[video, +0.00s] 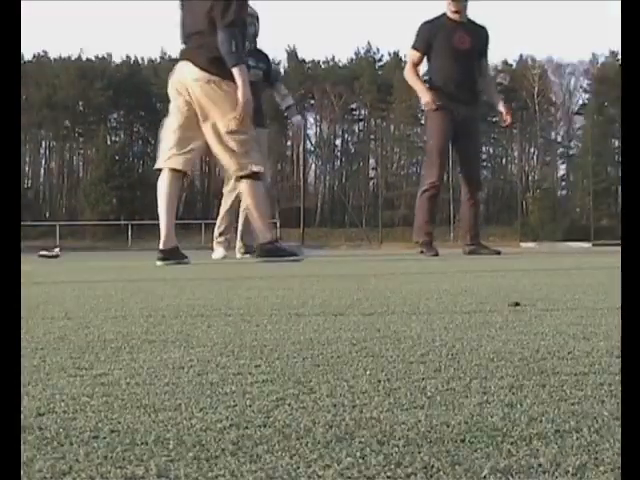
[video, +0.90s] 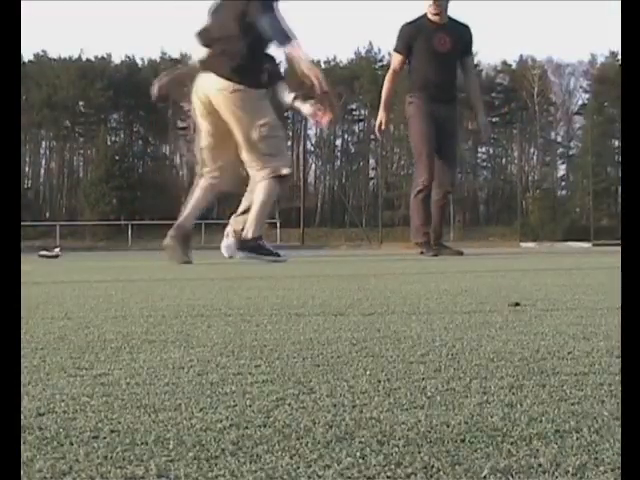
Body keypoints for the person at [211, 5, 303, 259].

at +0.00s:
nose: (250, 31)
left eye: (253, 25)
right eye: (246, 24)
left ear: (258, 28)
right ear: (235, 26)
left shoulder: (262, 59)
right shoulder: (223, 60)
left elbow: (279, 90)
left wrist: (293, 114)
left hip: (261, 127)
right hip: (231, 128)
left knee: (255, 182)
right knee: (233, 183)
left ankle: (247, 241)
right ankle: (221, 242)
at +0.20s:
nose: (247, 30)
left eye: (252, 26)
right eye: (243, 26)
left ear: (258, 30)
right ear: (236, 29)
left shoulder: (265, 57)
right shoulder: (226, 55)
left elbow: (290, 81)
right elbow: (213, 85)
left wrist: (305, 99)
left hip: (264, 128)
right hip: (239, 126)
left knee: (262, 187)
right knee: (241, 182)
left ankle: (245, 238)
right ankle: (223, 241)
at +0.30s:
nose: (248, 30)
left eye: (252, 26)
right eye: (243, 26)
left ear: (259, 30)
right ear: (237, 29)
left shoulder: (265, 56)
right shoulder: (227, 55)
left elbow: (293, 76)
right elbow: (209, 83)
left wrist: (310, 92)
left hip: (265, 127)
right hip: (240, 126)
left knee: (262, 188)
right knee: (245, 182)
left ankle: (247, 238)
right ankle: (224, 240)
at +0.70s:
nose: (253, 36)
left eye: (256, 31)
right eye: (248, 31)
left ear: (262, 34)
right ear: (240, 34)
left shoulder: (269, 62)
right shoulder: (231, 60)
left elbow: (287, 87)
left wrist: (315, 81)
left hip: (263, 126)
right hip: (238, 126)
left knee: (262, 182)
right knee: (269, 180)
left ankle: (250, 237)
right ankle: (227, 228)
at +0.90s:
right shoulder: (259, 5)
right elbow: (287, 40)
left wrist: (301, 103)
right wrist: (317, 78)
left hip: (205, 81)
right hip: (240, 86)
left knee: (217, 172)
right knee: (270, 167)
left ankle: (180, 230)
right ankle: (252, 237)